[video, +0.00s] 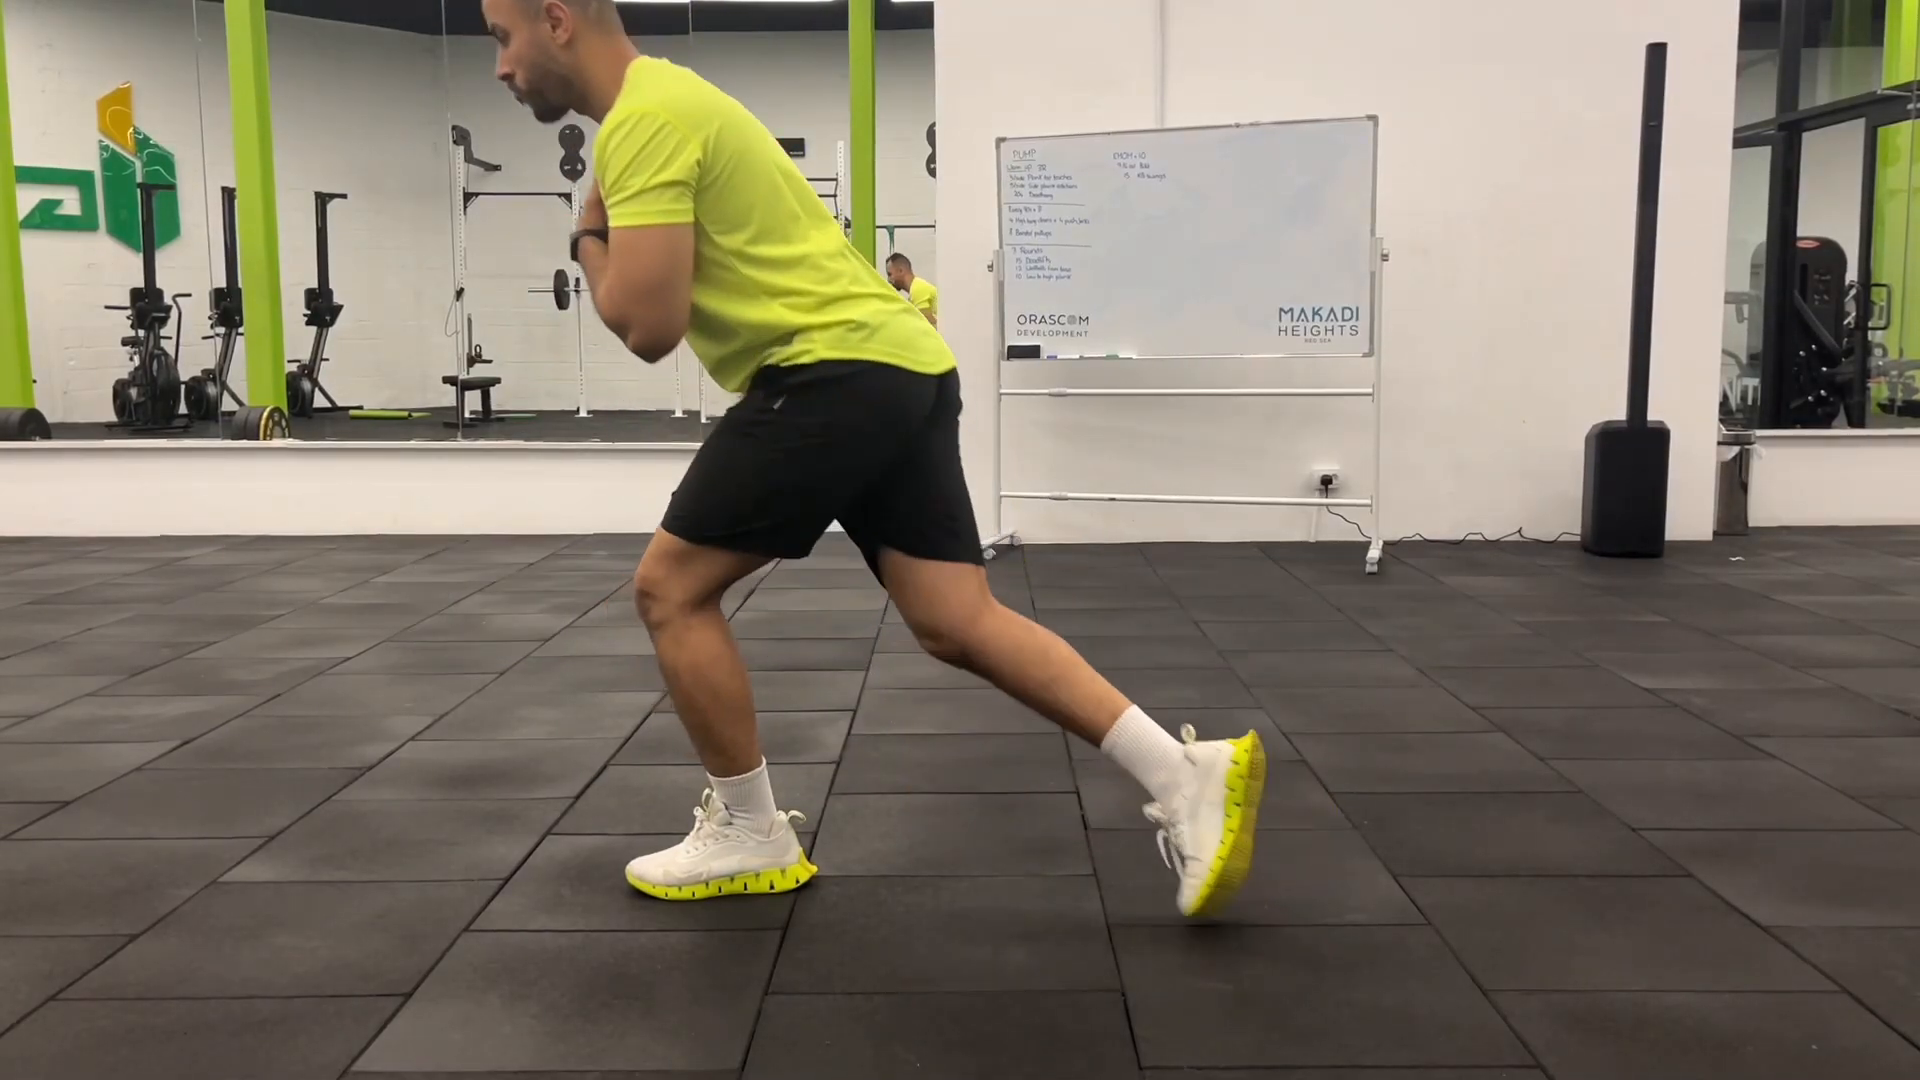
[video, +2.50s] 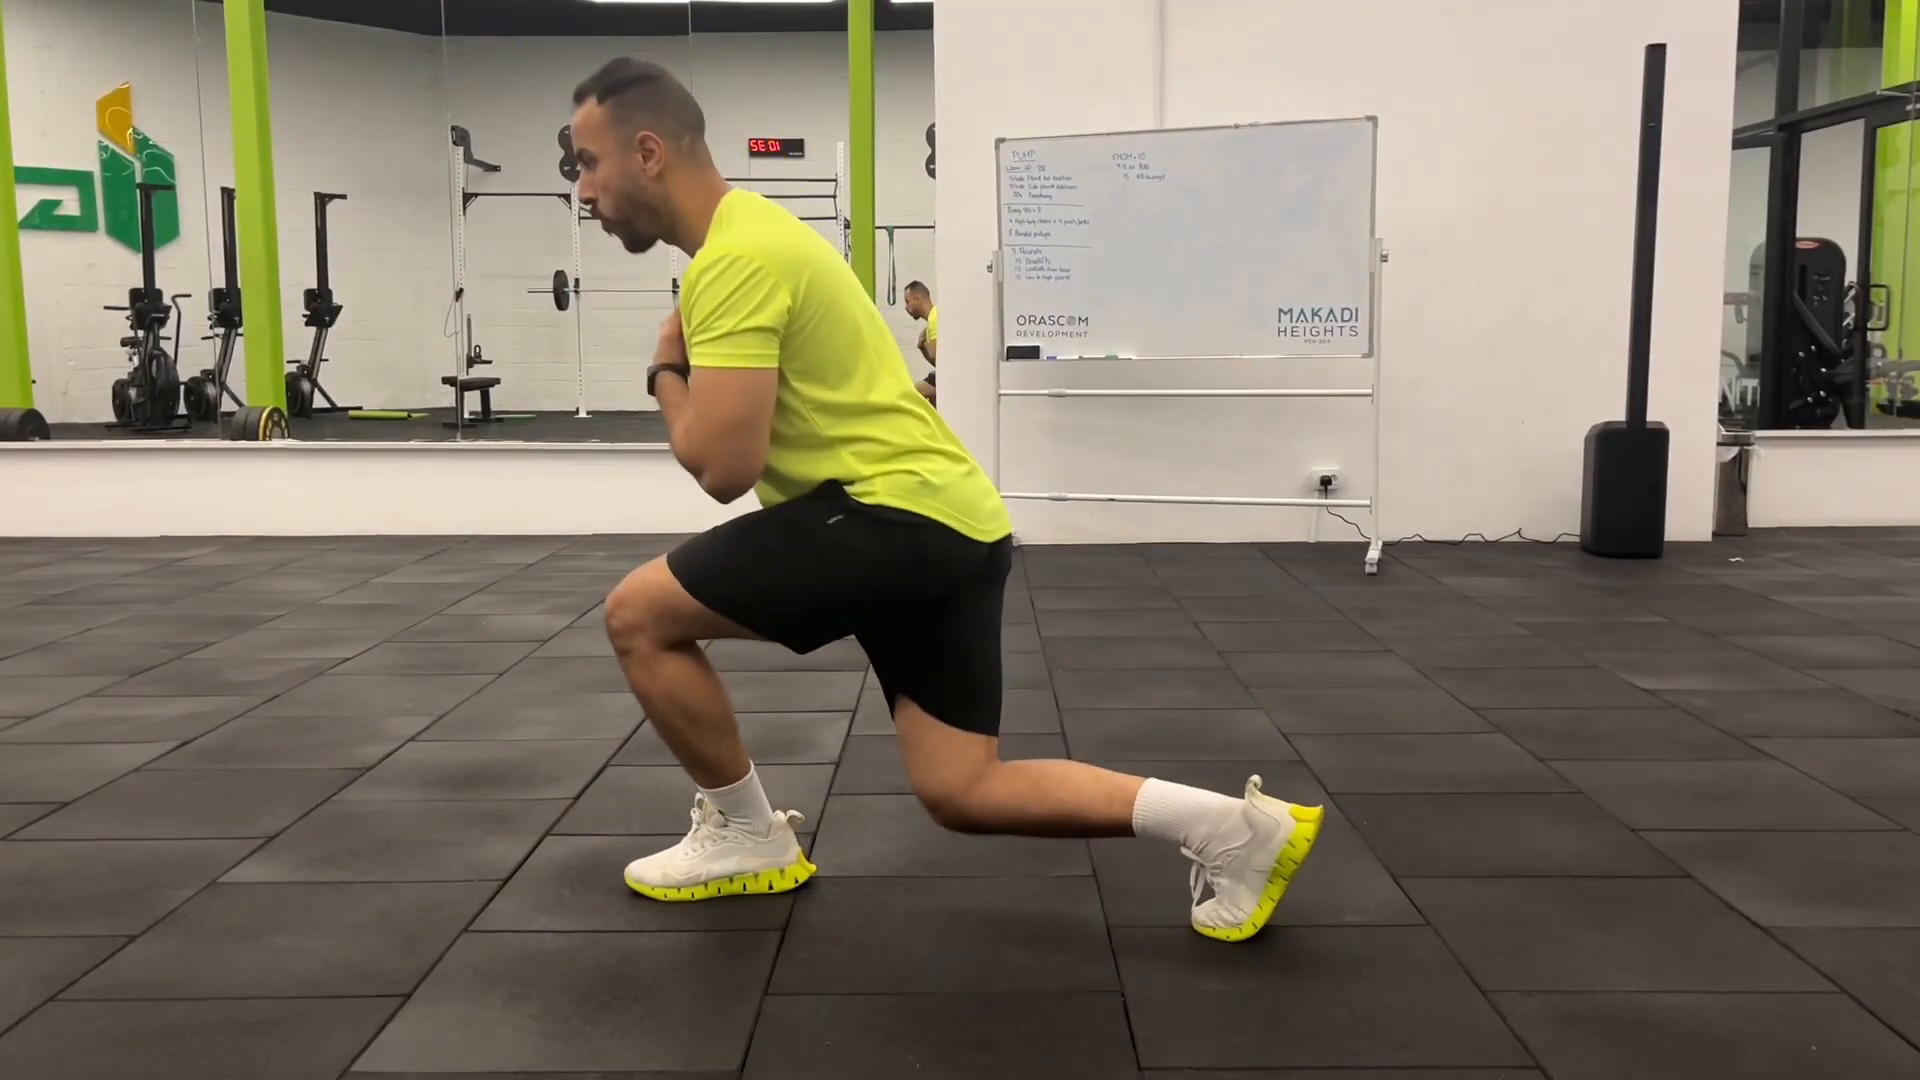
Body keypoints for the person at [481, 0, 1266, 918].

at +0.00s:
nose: (499, 67)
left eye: (502, 39)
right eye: (492, 42)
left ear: (560, 23)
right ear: (571, 27)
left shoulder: (650, 116)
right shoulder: (676, 104)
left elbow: (649, 326)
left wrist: (590, 248)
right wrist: (616, 247)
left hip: (827, 376)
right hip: (904, 368)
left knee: (671, 590)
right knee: (956, 620)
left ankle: (749, 829)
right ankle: (1182, 775)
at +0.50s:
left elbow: (575, 188)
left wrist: (544, 100)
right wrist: (564, 106)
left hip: (731, 300)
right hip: (794, 294)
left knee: (707, 564)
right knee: (742, 546)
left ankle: (749, 826)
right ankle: (780, 769)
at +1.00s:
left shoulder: (663, 9)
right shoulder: (633, 18)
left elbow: (595, 174)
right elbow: (604, 167)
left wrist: (557, 85)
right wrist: (576, 89)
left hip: (720, 305)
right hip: (685, 308)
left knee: (702, 555)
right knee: (667, 540)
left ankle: (757, 824)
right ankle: (730, 758)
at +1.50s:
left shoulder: (627, 10)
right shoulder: (665, 12)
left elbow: (596, 207)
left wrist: (547, 117)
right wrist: (582, 112)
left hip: (748, 308)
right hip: (794, 302)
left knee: (703, 574)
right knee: (750, 551)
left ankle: (749, 827)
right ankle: (804, 767)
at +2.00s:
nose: (460, 36)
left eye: (467, 9)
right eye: (455, 17)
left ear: (530, 1)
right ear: (543, 8)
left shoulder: (632, 89)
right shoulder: (641, 79)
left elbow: (641, 302)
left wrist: (561, 223)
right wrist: (590, 223)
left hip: (807, 357)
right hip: (877, 342)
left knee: (678, 592)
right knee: (950, 583)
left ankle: (747, 830)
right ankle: (1181, 730)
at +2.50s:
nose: (578, 193)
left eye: (585, 164)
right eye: (573, 168)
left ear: (649, 152)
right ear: (658, 154)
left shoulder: (741, 253)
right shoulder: (758, 237)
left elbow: (724, 465)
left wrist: (666, 379)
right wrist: (693, 383)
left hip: (887, 514)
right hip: (951, 518)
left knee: (640, 616)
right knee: (959, 787)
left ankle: (745, 834)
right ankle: (1232, 828)